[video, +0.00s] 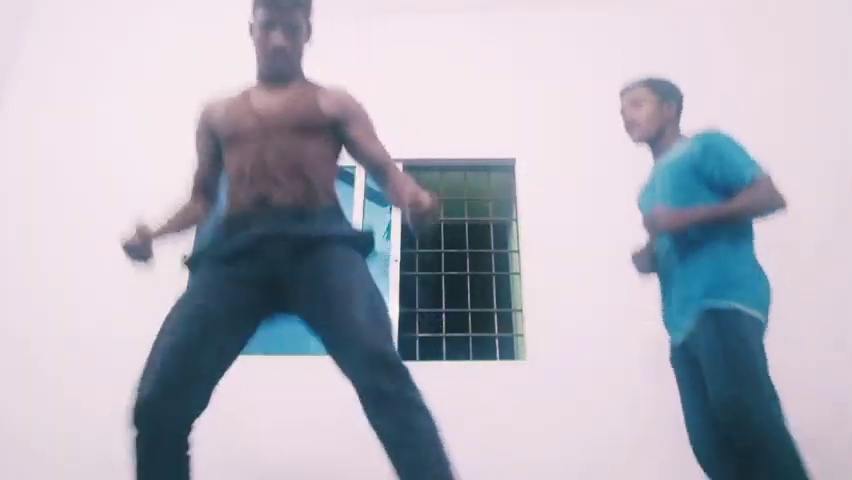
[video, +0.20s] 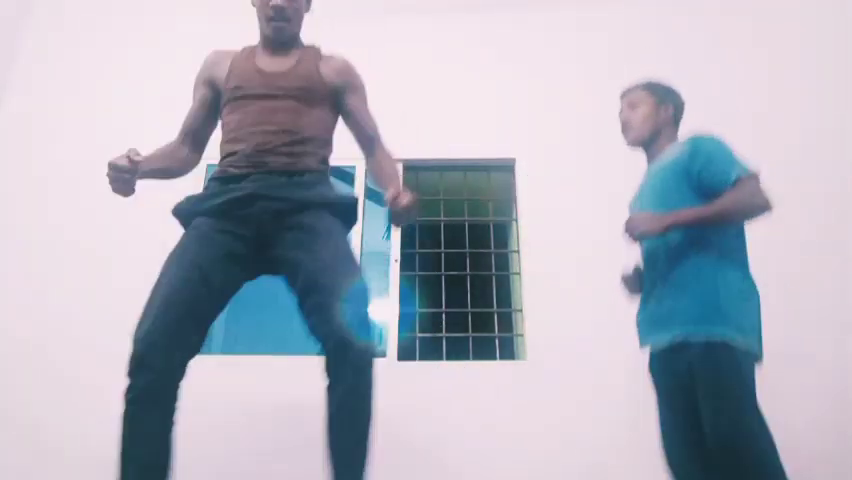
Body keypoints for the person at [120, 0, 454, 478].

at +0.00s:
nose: (277, 39)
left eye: (289, 28)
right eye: (267, 27)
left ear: (307, 33)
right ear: (251, 33)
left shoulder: (334, 104)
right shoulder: (218, 115)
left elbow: (384, 168)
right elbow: (202, 201)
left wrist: (414, 197)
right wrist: (154, 234)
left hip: (321, 254)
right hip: (234, 258)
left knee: (378, 367)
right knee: (158, 404)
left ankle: (432, 475)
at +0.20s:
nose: (277, 4)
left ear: (307, 7)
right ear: (254, 5)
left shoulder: (333, 70)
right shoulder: (221, 65)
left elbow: (374, 148)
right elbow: (187, 149)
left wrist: (394, 189)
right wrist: (140, 165)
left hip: (307, 216)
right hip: (226, 215)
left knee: (352, 340)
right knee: (153, 352)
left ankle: (349, 475)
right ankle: (142, 476)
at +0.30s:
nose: (282, 17)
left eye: (294, 8)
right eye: (273, 7)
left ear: (308, 19)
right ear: (257, 13)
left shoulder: (331, 94)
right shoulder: (218, 82)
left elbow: (363, 170)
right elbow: (180, 165)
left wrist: (382, 213)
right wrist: (143, 176)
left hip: (299, 237)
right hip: (219, 232)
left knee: (332, 360)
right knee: (142, 371)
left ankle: (327, 476)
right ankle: (118, 475)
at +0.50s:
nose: (290, 64)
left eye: (301, 56)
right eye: (281, 52)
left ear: (314, 66)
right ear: (262, 54)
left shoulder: (329, 151)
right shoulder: (215, 124)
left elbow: (339, 231)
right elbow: (176, 204)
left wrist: (354, 245)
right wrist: (209, 180)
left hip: (292, 302)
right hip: (211, 293)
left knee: (322, 431)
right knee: (131, 418)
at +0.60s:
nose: (301, 42)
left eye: (312, 35)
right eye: (292, 29)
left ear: (321, 45)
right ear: (271, 29)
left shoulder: (333, 122)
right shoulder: (226, 95)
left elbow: (342, 198)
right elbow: (193, 165)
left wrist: (355, 213)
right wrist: (256, 139)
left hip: (303, 271)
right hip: (226, 263)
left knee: (337, 376)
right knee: (157, 389)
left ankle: (327, 476)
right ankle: (115, 477)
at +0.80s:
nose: (337, 67)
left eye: (340, 58)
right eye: (330, 54)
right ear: (293, 53)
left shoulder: (341, 139)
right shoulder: (240, 109)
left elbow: (358, 228)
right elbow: (231, 154)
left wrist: (377, 209)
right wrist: (307, 110)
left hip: (324, 296)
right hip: (251, 290)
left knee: (366, 427)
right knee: (194, 415)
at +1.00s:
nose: (336, 76)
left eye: (338, 69)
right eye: (329, 65)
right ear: (291, 64)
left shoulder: (333, 150)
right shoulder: (233, 120)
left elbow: (349, 235)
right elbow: (225, 174)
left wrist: (353, 196)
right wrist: (294, 122)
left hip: (309, 302)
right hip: (236, 295)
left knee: (358, 446)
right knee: (164, 394)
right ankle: (139, 477)